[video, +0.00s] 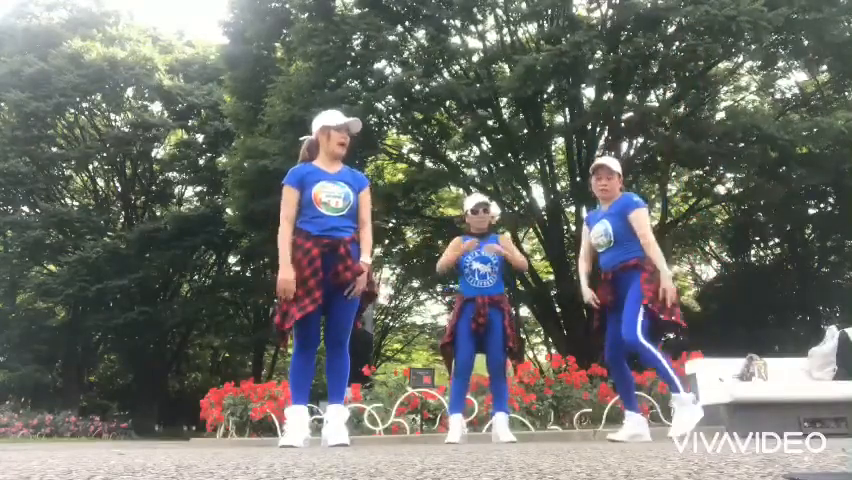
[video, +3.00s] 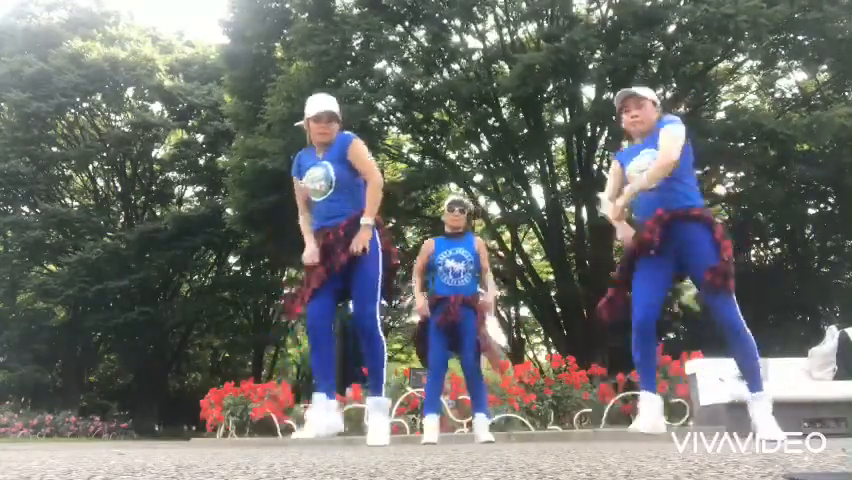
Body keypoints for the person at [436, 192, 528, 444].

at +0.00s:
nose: (481, 215)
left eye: (485, 211)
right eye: (475, 211)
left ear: (492, 215)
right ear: (466, 216)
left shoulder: (502, 239)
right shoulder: (460, 242)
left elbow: (523, 266)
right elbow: (441, 268)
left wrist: (505, 253)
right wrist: (461, 251)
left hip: (496, 305)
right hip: (468, 305)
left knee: (497, 364)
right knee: (463, 363)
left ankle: (501, 423)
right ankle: (456, 422)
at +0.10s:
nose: (478, 216)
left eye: (482, 211)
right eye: (472, 212)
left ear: (488, 215)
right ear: (463, 217)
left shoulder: (499, 242)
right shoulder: (456, 244)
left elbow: (518, 267)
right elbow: (439, 272)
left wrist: (507, 273)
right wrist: (455, 273)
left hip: (494, 306)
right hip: (466, 306)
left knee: (496, 365)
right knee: (463, 364)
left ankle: (501, 423)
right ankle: (457, 423)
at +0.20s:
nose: (471, 216)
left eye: (476, 212)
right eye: (466, 213)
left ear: (483, 217)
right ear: (458, 218)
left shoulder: (494, 243)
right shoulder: (450, 246)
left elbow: (508, 273)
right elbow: (439, 276)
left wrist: (509, 301)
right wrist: (444, 298)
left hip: (490, 306)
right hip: (460, 307)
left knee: (492, 364)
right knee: (461, 366)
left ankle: (500, 421)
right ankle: (457, 423)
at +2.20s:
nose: (463, 215)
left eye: (468, 212)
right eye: (459, 211)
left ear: (475, 217)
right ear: (451, 215)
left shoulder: (484, 243)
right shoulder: (439, 244)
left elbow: (493, 274)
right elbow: (430, 277)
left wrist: (495, 302)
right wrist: (428, 303)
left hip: (479, 305)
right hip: (450, 305)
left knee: (481, 362)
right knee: (452, 363)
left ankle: (489, 421)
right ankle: (450, 421)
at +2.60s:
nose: (470, 215)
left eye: (475, 211)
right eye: (465, 211)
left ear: (480, 218)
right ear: (456, 217)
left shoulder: (489, 243)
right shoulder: (446, 244)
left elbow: (504, 270)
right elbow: (437, 276)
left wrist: (492, 294)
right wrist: (436, 300)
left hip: (483, 306)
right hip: (455, 306)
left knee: (488, 362)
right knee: (454, 363)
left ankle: (498, 419)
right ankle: (448, 418)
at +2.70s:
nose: (469, 217)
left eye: (473, 214)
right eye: (464, 213)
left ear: (479, 219)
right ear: (455, 217)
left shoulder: (487, 242)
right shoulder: (444, 246)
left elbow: (501, 257)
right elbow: (436, 278)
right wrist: (439, 302)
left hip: (483, 307)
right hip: (454, 307)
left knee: (490, 362)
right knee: (449, 358)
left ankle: (498, 419)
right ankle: (440, 415)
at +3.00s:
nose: (455, 216)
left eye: (460, 212)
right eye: (451, 212)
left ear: (467, 216)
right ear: (444, 215)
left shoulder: (476, 243)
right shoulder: (431, 244)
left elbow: (486, 273)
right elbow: (417, 272)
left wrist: (491, 293)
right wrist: (419, 297)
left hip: (468, 305)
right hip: (439, 305)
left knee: (471, 363)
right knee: (436, 364)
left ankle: (480, 420)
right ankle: (431, 421)